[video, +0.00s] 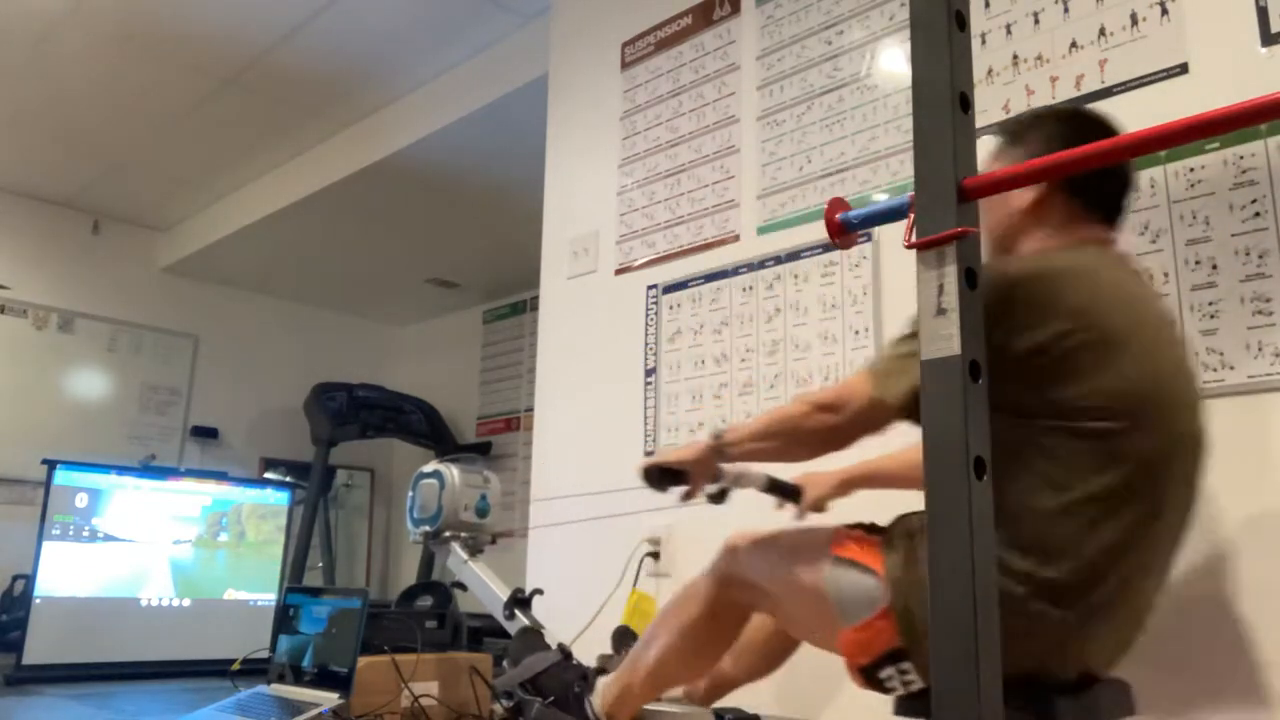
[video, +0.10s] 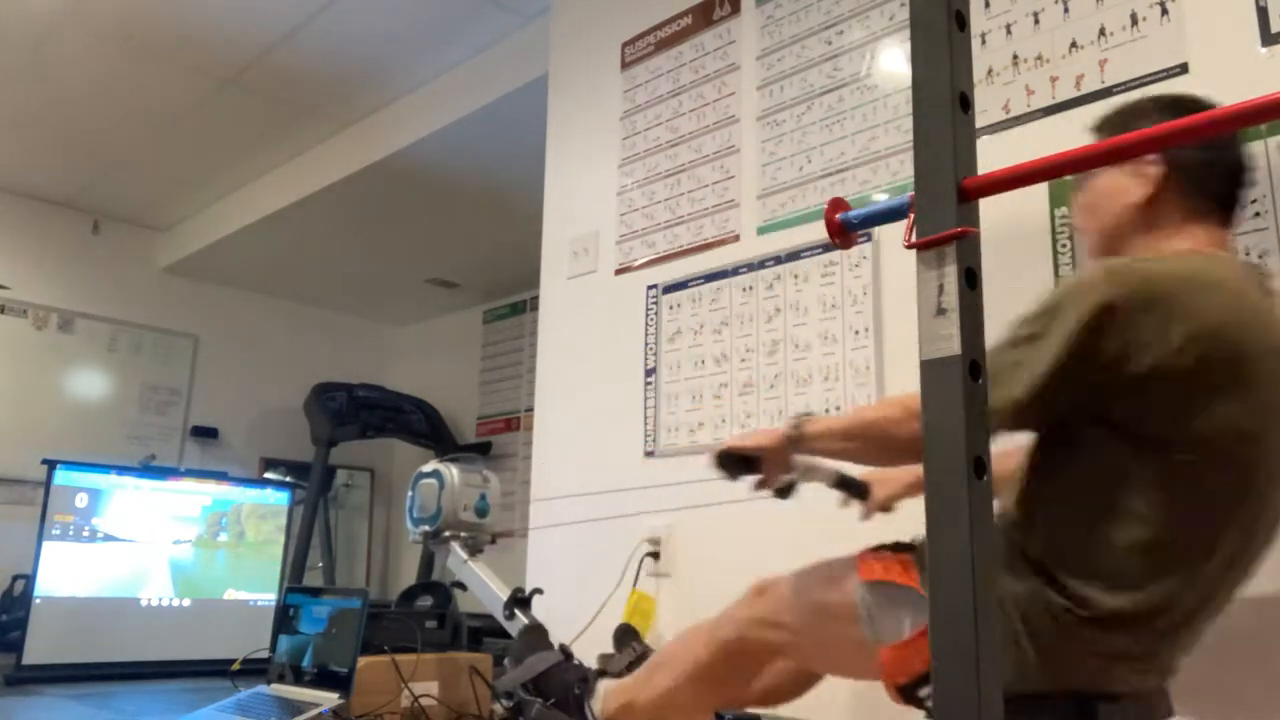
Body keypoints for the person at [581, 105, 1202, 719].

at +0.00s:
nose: (972, 209)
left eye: (985, 185)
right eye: (977, 185)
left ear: (1036, 187)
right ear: (1062, 193)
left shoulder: (1028, 287)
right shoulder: (1131, 301)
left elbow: (840, 415)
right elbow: (989, 459)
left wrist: (714, 448)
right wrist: (846, 476)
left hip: (995, 619)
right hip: (1071, 627)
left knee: (740, 559)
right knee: (808, 574)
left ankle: (610, 701)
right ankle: (693, 694)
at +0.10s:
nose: (1075, 205)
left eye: (1089, 178)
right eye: (1079, 182)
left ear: (1150, 176)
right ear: (1182, 184)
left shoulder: (1122, 297)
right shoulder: (1260, 309)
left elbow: (936, 421)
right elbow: (1068, 469)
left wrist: (796, 437)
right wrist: (915, 478)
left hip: (1039, 633)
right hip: (1132, 651)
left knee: (766, 614)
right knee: (821, 619)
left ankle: (607, 709)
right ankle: (671, 704)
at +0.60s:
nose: (1141, 234)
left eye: (1157, 206)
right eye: (1145, 212)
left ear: (1228, 207)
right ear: (1231, 212)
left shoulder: (1237, 326)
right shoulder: (1250, 327)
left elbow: (1183, 558)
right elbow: (1201, 561)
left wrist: (992, 507)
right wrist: (999, 518)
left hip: (1048, 628)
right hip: (1094, 638)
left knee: (781, 620)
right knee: (835, 632)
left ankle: (608, 705)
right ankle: (703, 717)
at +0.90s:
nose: (1035, 227)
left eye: (1047, 202)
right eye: (1038, 206)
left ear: (1105, 196)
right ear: (1136, 202)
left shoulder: (1110, 310)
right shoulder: (1199, 310)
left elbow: (917, 462)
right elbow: (1073, 506)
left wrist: (782, 472)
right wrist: (918, 523)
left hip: (1042, 627)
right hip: (1105, 626)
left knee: (747, 581)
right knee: (821, 596)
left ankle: (609, 710)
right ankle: (700, 706)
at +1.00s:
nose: (970, 227)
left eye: (982, 202)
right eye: (974, 205)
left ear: (1035, 201)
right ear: (1059, 206)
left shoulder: (1037, 306)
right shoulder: (1131, 306)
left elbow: (847, 445)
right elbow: (1029, 506)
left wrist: (724, 473)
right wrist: (862, 497)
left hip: (1023, 627)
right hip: (1092, 628)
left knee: (738, 557)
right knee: (837, 549)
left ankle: (612, 703)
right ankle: (694, 696)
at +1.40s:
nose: (723, 291)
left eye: (727, 272)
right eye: (724, 274)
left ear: (758, 266)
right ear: (823, 276)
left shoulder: (759, 343)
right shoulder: (868, 349)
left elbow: (624, 469)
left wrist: (544, 525)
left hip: (792, 629)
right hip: (884, 635)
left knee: (627, 492)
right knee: (712, 473)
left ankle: (605, 694)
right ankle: (678, 677)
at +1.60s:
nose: (659, 309)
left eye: (661, 291)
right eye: (659, 294)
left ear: (687, 285)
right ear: (749, 293)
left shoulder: (679, 358)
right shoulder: (798, 361)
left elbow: (566, 475)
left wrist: (494, 529)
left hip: (734, 628)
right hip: (826, 632)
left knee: (595, 483)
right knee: (681, 484)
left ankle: (603, 681)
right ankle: (673, 648)